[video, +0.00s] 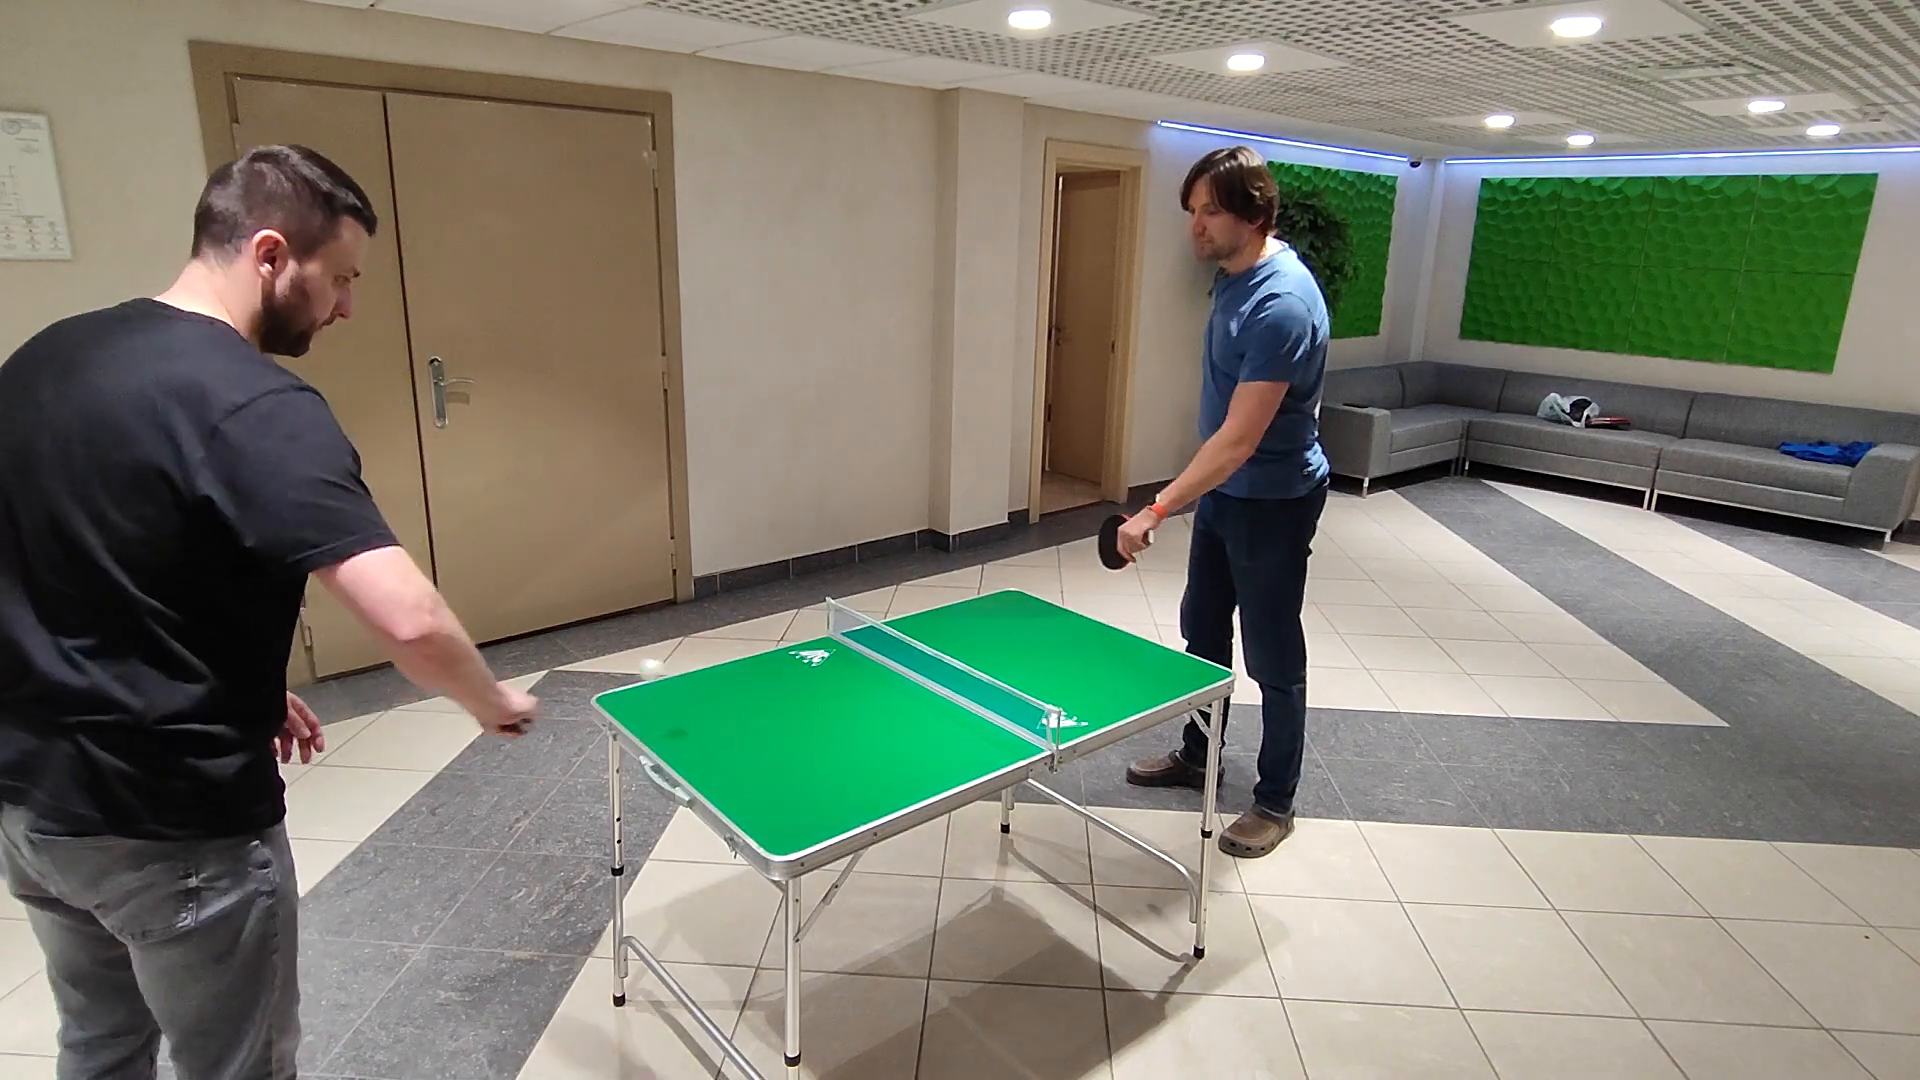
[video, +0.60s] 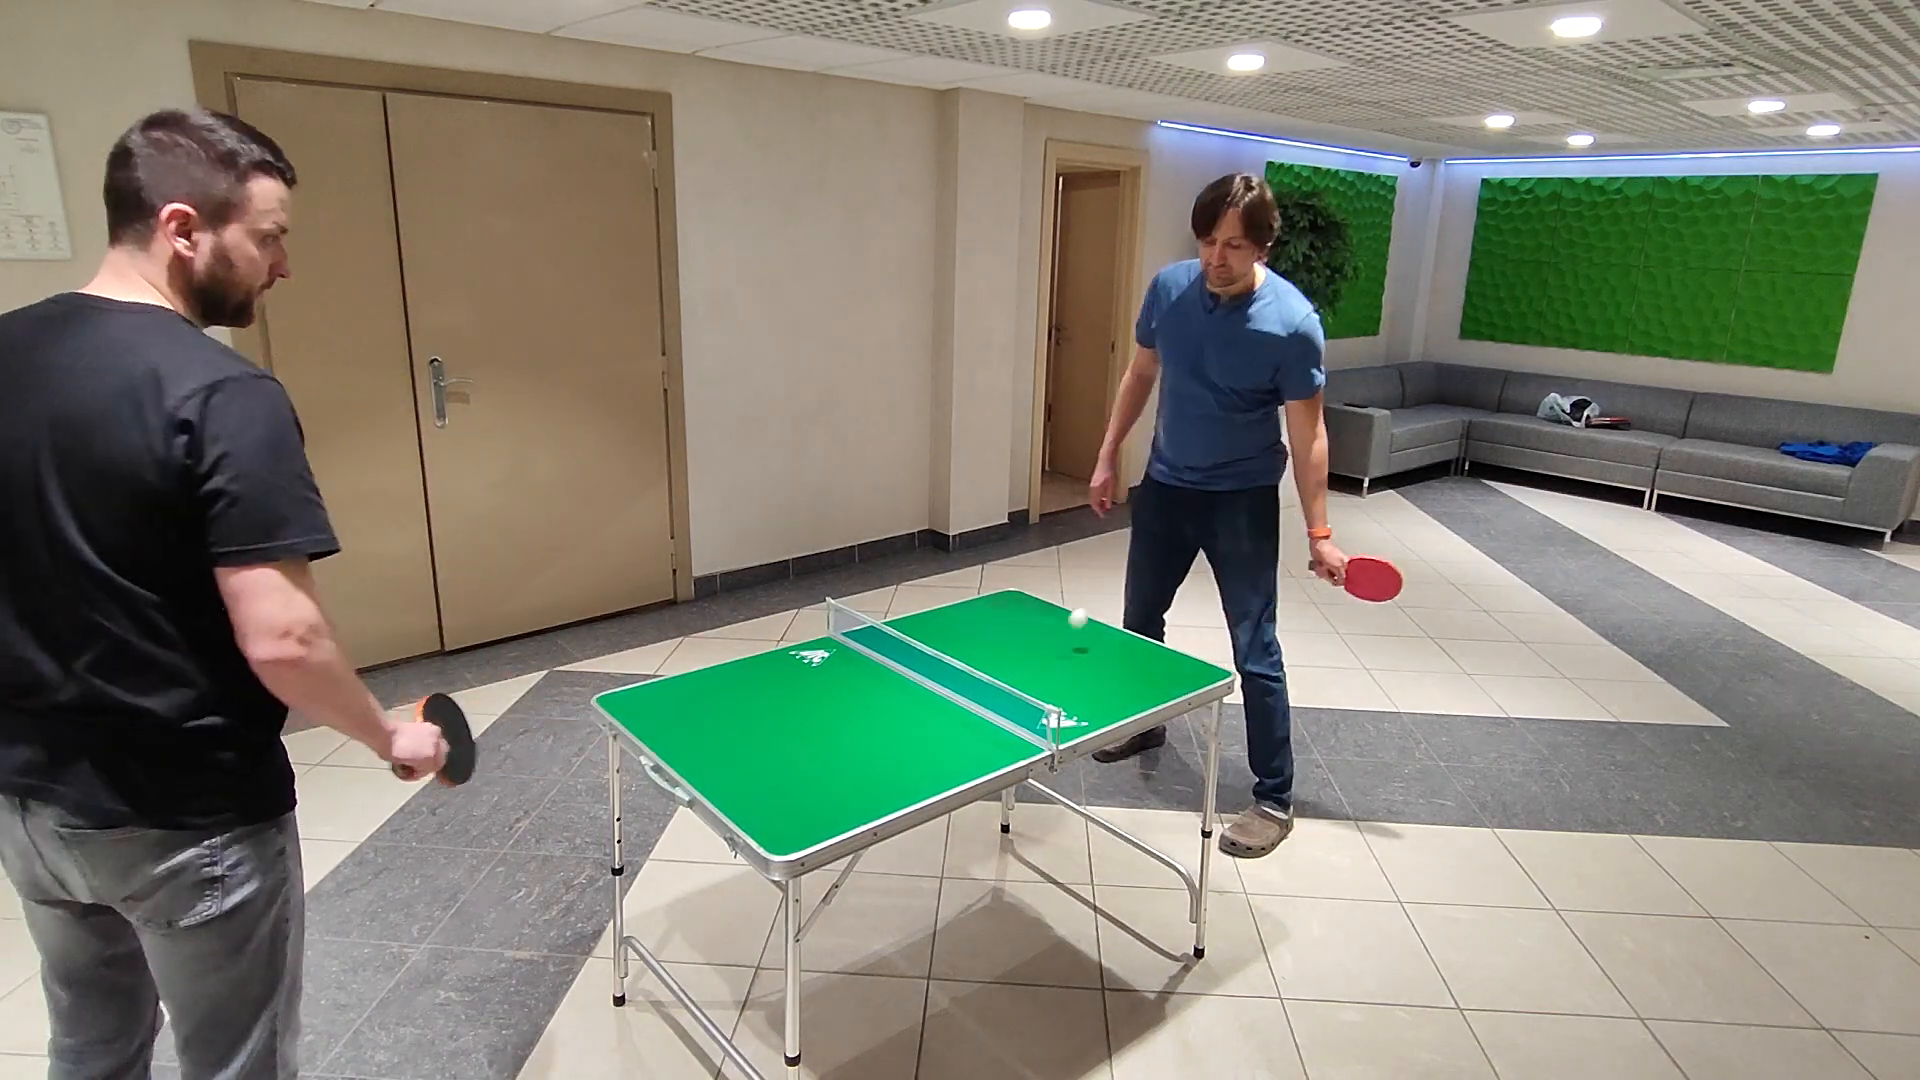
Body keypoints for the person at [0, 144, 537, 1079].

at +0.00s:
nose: (346, 308)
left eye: (353, 284)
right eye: (344, 278)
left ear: (234, 241)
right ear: (272, 251)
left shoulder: (44, 359)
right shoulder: (257, 402)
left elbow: (73, 574)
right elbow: (415, 623)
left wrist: (242, 685)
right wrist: (495, 704)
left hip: (32, 800)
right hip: (181, 824)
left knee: (102, 1049)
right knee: (240, 1063)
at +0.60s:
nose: (281, 266)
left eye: (284, 242)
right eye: (269, 239)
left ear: (173, 229)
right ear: (181, 231)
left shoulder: (13, 345)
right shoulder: (224, 394)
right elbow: (281, 640)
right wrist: (387, 734)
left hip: (35, 797)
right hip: (193, 816)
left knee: (90, 1055)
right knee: (235, 1062)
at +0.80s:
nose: (233, 246)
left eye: (230, 219)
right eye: (211, 218)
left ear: (111, 219)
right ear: (114, 218)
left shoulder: (13, 343)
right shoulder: (142, 392)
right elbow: (162, 644)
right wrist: (301, 748)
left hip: (41, 801)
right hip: (167, 827)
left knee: (83, 1055)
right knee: (232, 1063)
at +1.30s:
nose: (241, 279)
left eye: (243, 252)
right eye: (218, 245)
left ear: (113, 230)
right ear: (118, 227)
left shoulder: (20, 341)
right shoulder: (116, 389)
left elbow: (69, 574)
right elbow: (226, 619)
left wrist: (225, 670)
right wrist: (382, 723)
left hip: (31, 812)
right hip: (143, 834)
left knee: (69, 1054)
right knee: (226, 1060)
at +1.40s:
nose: (285, 299)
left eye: (287, 270)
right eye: (268, 265)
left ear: (165, 245)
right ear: (170, 244)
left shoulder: (13, 349)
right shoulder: (170, 413)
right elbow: (341, 626)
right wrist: (499, 732)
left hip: (19, 831)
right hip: (141, 849)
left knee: (61, 1065)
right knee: (219, 1064)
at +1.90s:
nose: (330, 293)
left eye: (330, 265)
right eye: (313, 263)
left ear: (213, 249)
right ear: (218, 251)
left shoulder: (25, 354)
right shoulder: (219, 423)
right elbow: (280, 693)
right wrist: (433, 812)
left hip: (25, 823)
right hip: (169, 853)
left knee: (91, 1056)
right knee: (231, 1066)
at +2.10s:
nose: (274, 276)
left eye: (271, 247)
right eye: (252, 247)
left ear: (148, 244)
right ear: (150, 241)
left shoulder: (33, 359)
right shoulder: (142, 422)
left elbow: (163, 578)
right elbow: (155, 692)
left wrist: (273, 696)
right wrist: (310, 824)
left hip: (55, 815)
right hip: (174, 839)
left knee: (92, 1047)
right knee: (334, 1021)